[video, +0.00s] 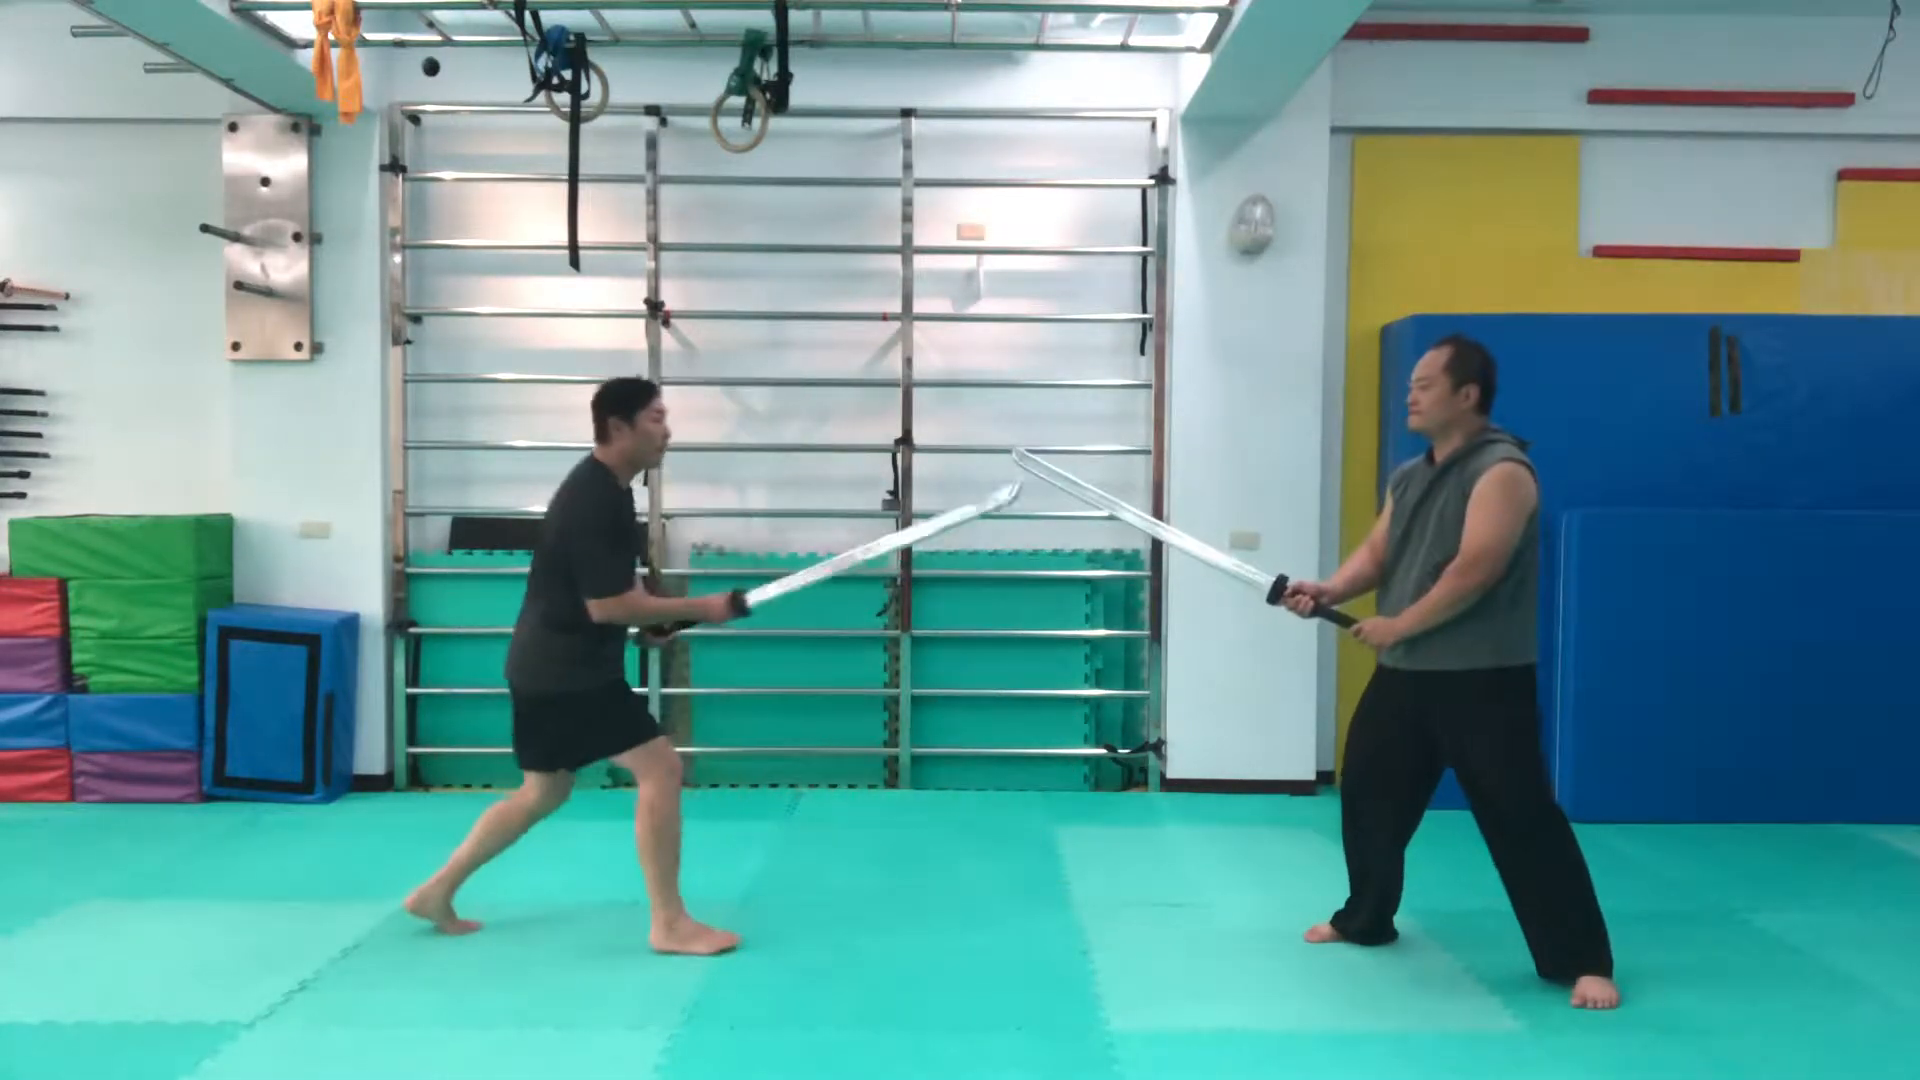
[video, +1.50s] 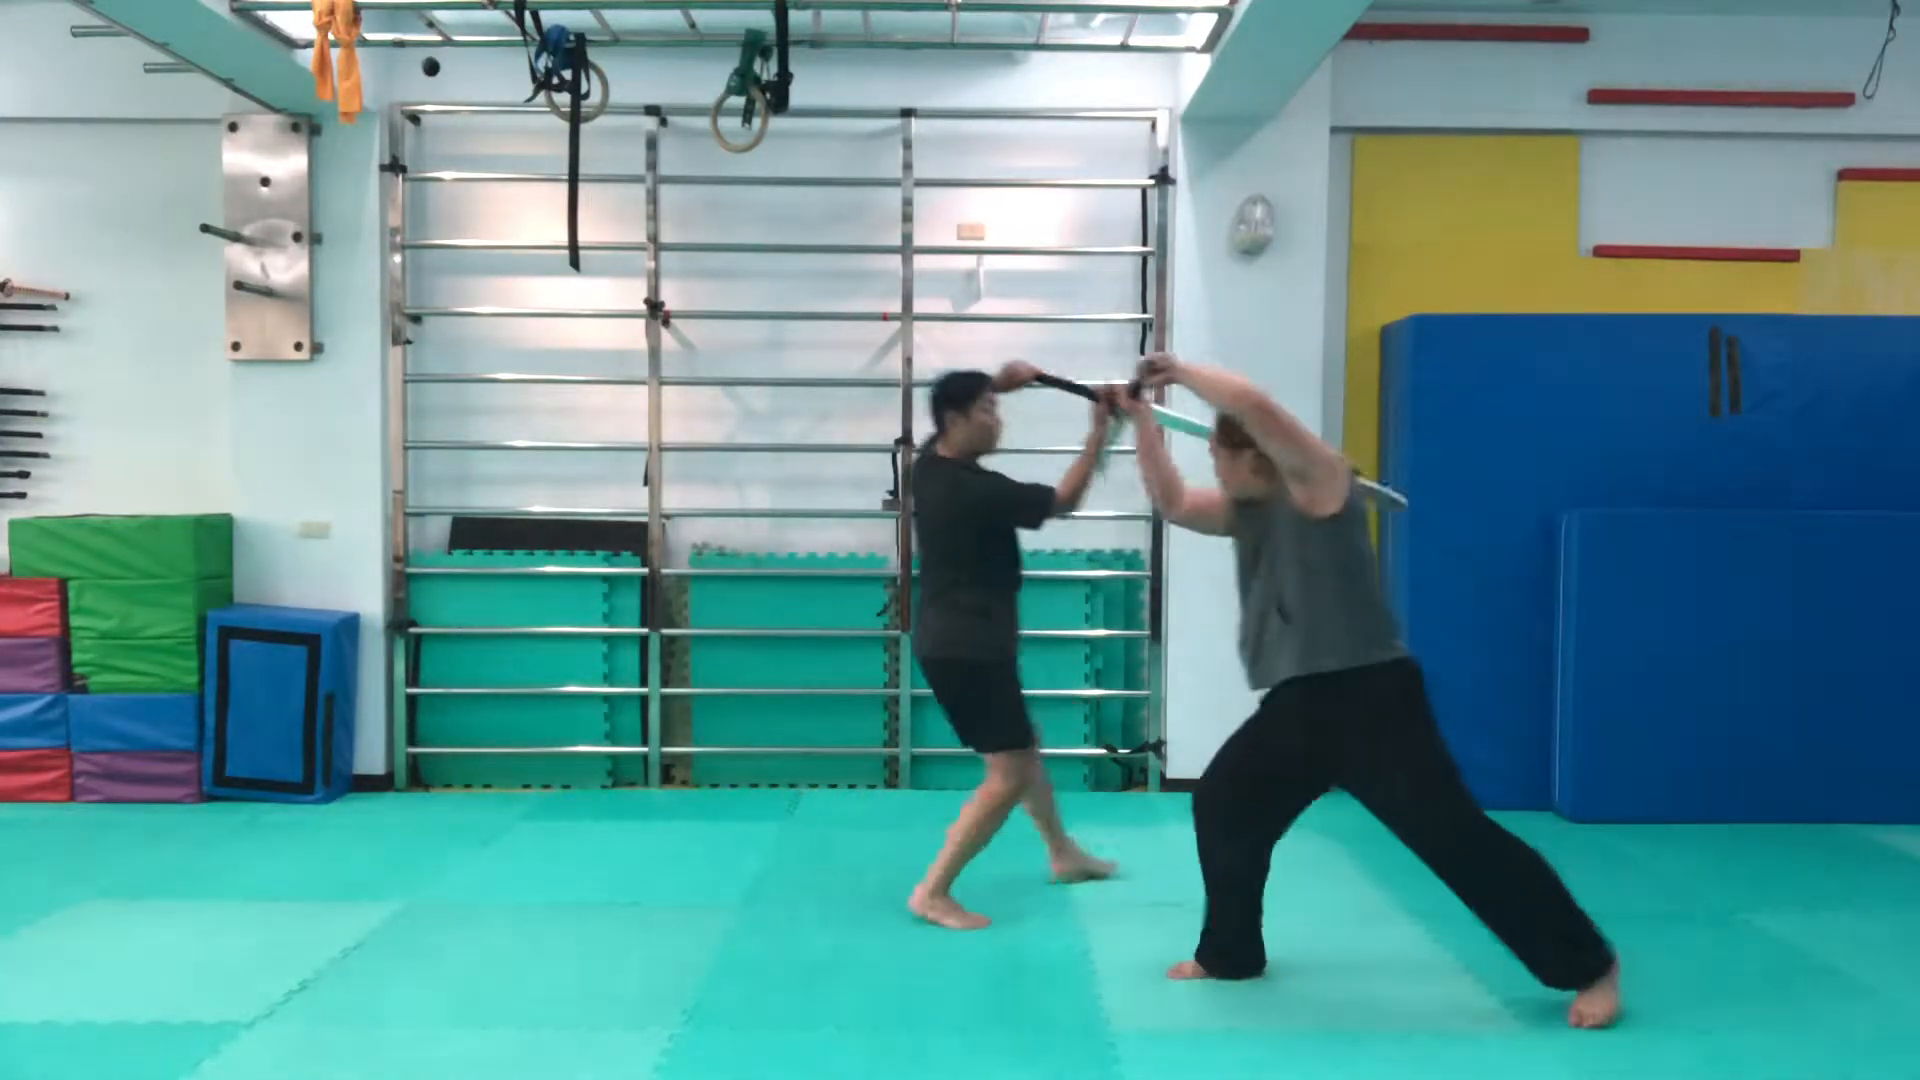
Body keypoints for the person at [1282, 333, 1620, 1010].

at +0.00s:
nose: (1410, 397)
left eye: (1423, 386)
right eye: (1411, 386)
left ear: (1467, 396)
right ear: (1442, 398)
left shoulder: (1504, 474)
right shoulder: (1409, 479)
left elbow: (1477, 568)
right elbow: (1375, 554)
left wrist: (1401, 624)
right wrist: (1327, 589)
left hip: (1484, 681)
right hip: (1404, 677)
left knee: (1522, 821)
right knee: (1370, 793)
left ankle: (1586, 965)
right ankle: (1365, 918)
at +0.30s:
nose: (1398, 398)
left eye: (1411, 388)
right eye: (1399, 388)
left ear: (1456, 397)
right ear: (1427, 399)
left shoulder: (1494, 472)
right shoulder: (1397, 480)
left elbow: (1463, 564)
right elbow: (1356, 557)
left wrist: (1376, 612)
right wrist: (1304, 578)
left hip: (1481, 681)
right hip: (1399, 677)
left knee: (1522, 822)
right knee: (1366, 791)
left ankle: (1586, 966)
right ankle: (1366, 918)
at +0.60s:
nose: (1415, 426)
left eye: (1427, 413)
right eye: (1413, 414)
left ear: (1475, 415)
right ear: (1427, 419)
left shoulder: (1525, 473)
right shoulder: (1409, 486)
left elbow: (1447, 539)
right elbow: (1334, 525)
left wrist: (1348, 562)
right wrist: (1255, 558)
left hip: (1531, 687)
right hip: (1443, 689)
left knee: (1560, 834)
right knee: (1400, 806)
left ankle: (1628, 990)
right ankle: (1370, 920)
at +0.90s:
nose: (1397, 467)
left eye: (1402, 453)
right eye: (1392, 455)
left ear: (1445, 441)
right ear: (1440, 448)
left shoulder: (1500, 455)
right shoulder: (1463, 498)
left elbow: (1405, 501)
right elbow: (1451, 573)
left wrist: (1350, 538)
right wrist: (1371, 590)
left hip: (1573, 664)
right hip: (1505, 667)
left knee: (1586, 821)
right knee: (1398, 651)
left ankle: (1631, 994)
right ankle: (1494, 778)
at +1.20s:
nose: (1349, 442)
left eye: (1357, 425)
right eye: (1348, 428)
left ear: (1391, 413)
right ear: (1362, 425)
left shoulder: (1447, 454)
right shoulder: (1383, 494)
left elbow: (1358, 390)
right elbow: (1305, 505)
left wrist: (1278, 374)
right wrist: (1248, 436)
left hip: (1490, 685)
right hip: (1424, 684)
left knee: (1530, 840)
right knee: (1310, 725)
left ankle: (1643, 989)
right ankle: (1250, 869)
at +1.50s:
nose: (1219, 465)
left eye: (1228, 453)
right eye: (1218, 454)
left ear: (1262, 452)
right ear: (1228, 457)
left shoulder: (1320, 486)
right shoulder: (1246, 510)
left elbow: (1249, 403)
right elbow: (1174, 500)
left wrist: (1179, 370)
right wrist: (1141, 417)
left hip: (1372, 698)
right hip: (1300, 705)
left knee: (1453, 835)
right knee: (1224, 802)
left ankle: (1591, 966)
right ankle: (1230, 956)